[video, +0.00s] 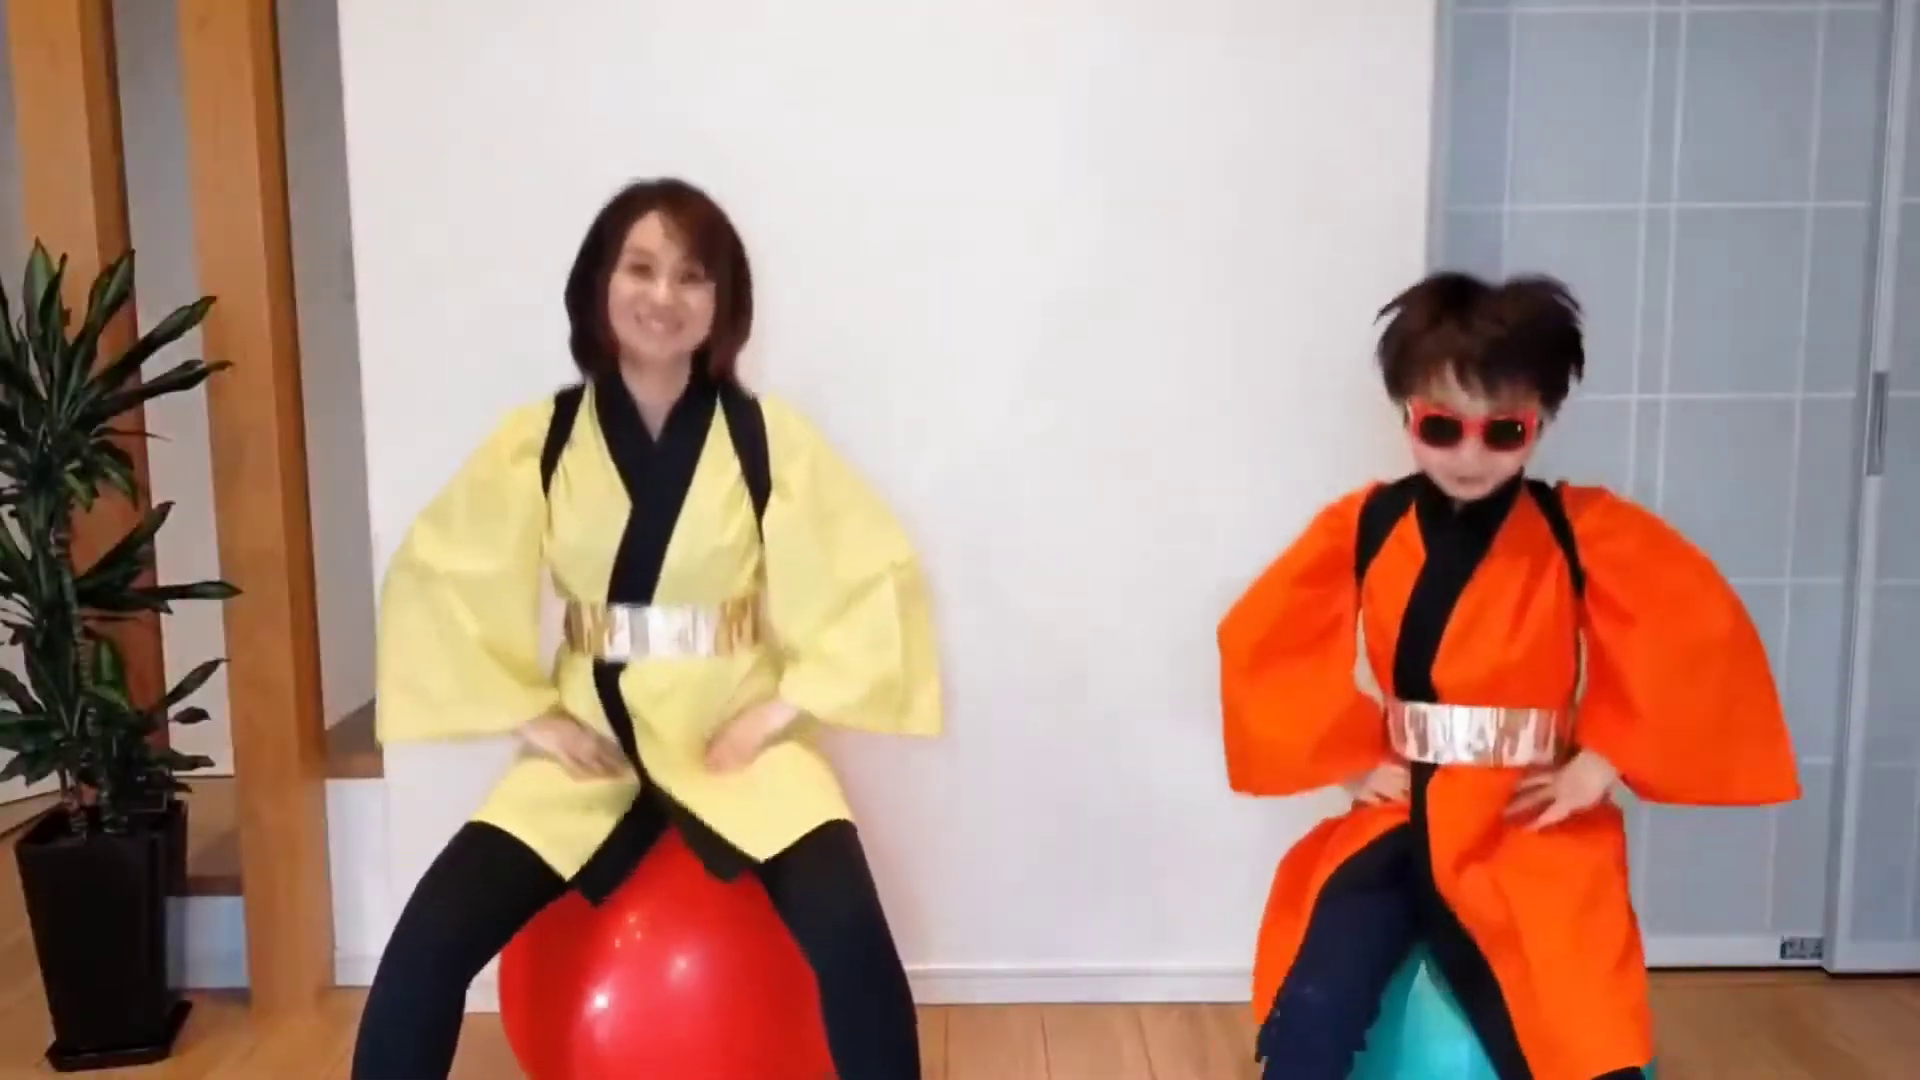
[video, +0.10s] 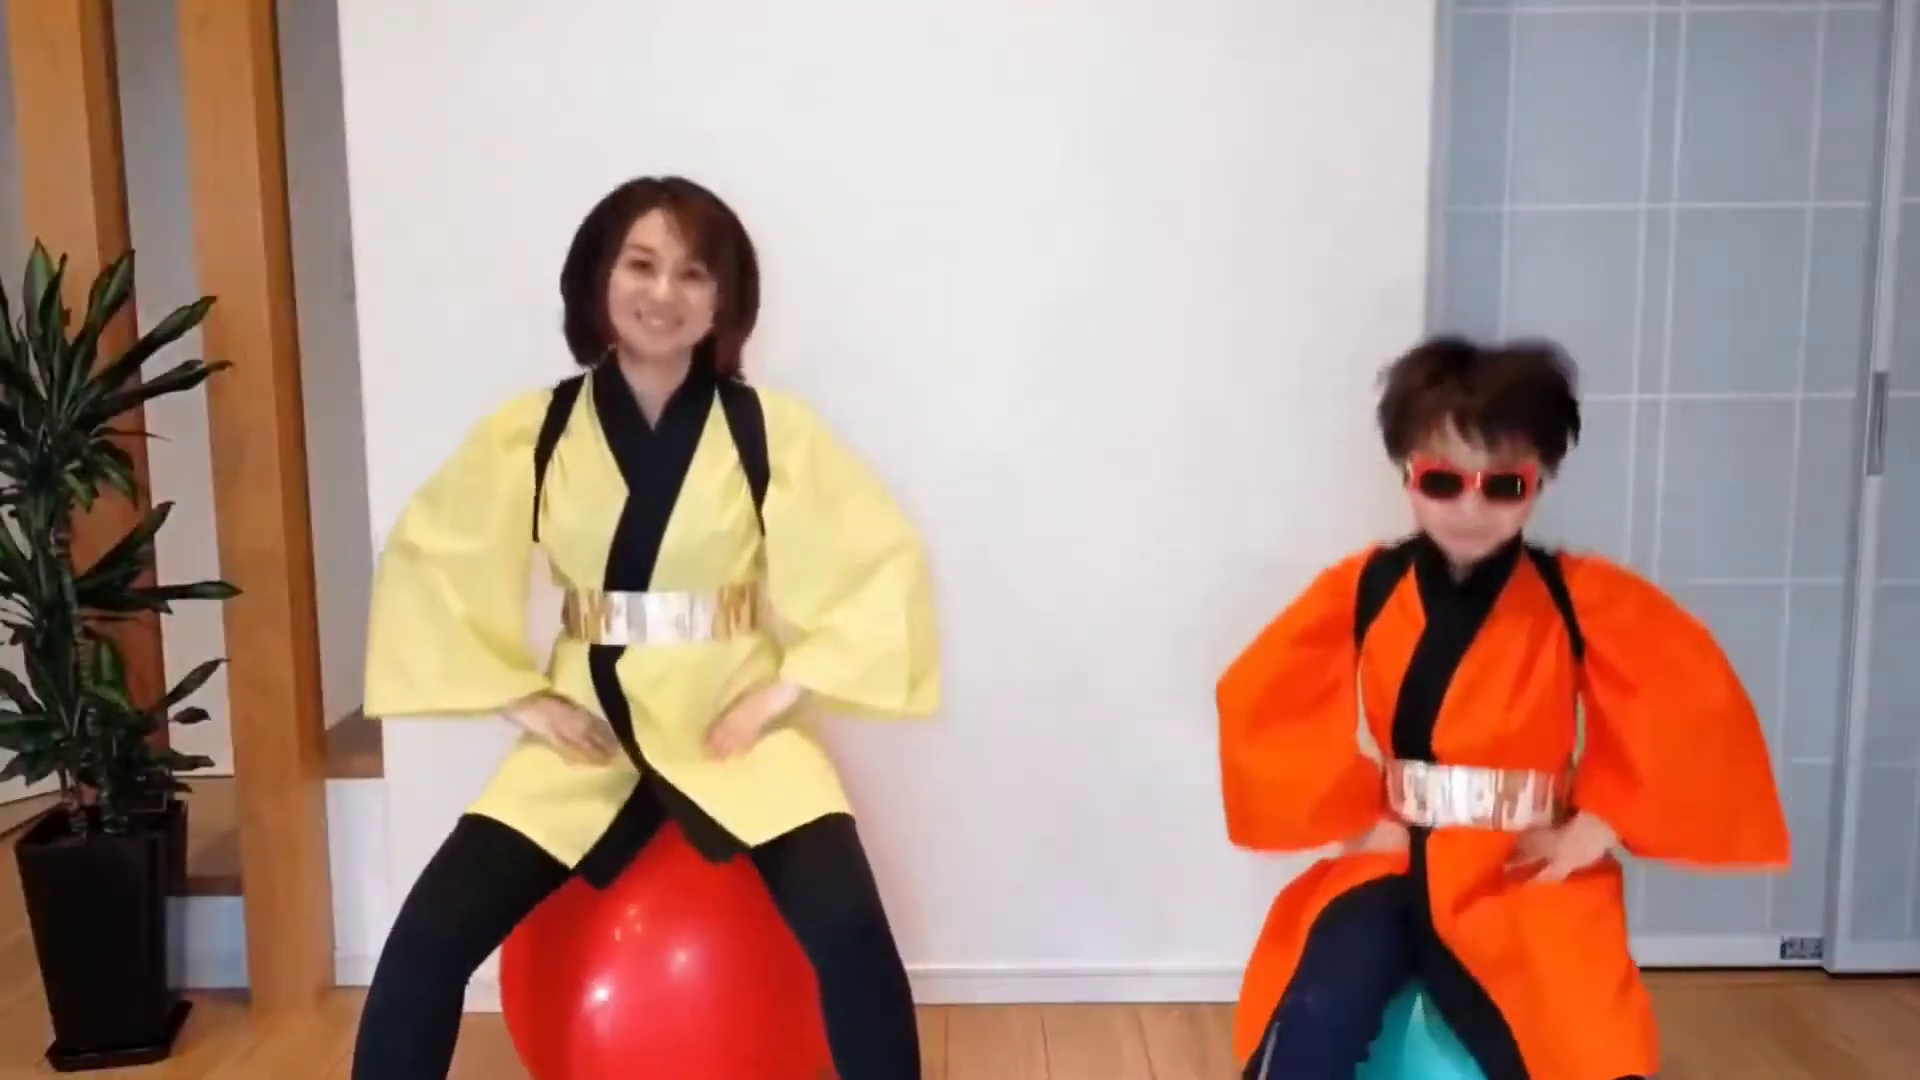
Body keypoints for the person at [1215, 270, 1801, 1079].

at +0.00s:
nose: (1471, 456)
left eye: (1503, 431)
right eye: (1442, 428)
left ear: (1541, 421)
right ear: (1404, 414)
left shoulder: (1589, 532)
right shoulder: (1363, 528)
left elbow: (1702, 644)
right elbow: (1260, 644)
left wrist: (1606, 757)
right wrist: (1353, 754)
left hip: (1535, 824)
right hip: (1396, 817)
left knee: (1583, 1041)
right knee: (1311, 1006)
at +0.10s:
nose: (1472, 506)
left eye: (1503, 483)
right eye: (1444, 480)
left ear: (1541, 481)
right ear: (1405, 476)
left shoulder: (1584, 597)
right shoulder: (1368, 587)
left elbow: (1695, 715)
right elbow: (1259, 701)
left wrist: (1602, 824)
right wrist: (1357, 809)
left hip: (1527, 871)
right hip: (1391, 859)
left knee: (1578, 1047)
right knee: (1319, 1001)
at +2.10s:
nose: (1473, 430)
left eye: (1508, 408)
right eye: (1445, 404)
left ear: (1546, 428)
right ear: (1407, 416)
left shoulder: (1574, 549)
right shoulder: (1363, 530)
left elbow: (1684, 674)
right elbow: (1242, 632)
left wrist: (1575, 780)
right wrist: (1330, 749)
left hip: (1510, 820)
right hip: (1376, 809)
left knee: (1608, 1018)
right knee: (1303, 974)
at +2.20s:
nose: (1471, 491)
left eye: (1504, 467)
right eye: (1443, 463)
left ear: (1539, 488)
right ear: (1402, 476)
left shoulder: (1568, 606)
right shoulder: (1361, 587)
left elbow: (1680, 726)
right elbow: (1237, 684)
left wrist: (1567, 830)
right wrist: (1332, 804)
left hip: (1508, 862)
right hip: (1375, 851)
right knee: (1319, 944)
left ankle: (1620, 1068)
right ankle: (1284, 1068)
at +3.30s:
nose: (1457, 512)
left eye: (1487, 488)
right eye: (1426, 488)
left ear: (1516, 504)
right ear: (1381, 509)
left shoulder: (1556, 626)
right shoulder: (1346, 614)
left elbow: (1676, 744)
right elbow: (1227, 712)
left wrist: (1564, 846)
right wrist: (1333, 816)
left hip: (1505, 885)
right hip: (1370, 874)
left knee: (1602, 1042)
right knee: (1303, 986)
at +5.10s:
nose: (1474, 514)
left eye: (1507, 492)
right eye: (1445, 484)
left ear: (1535, 499)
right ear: (1394, 487)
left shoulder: (1558, 614)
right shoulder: (1350, 599)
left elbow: (1654, 706)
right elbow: (1236, 678)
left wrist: (1595, 792)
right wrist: (1304, 792)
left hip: (1495, 880)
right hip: (1358, 868)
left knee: (1593, 1052)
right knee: (1258, 1026)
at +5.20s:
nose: (1494, 470)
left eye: (1528, 449)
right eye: (1468, 439)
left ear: (1558, 443)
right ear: (1414, 421)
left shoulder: (1562, 538)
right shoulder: (1359, 520)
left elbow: (1694, 613)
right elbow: (1219, 578)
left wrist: (1672, 664)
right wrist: (1250, 662)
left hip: (1493, 820)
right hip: (1355, 809)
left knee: (1614, 1020)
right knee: (1255, 996)